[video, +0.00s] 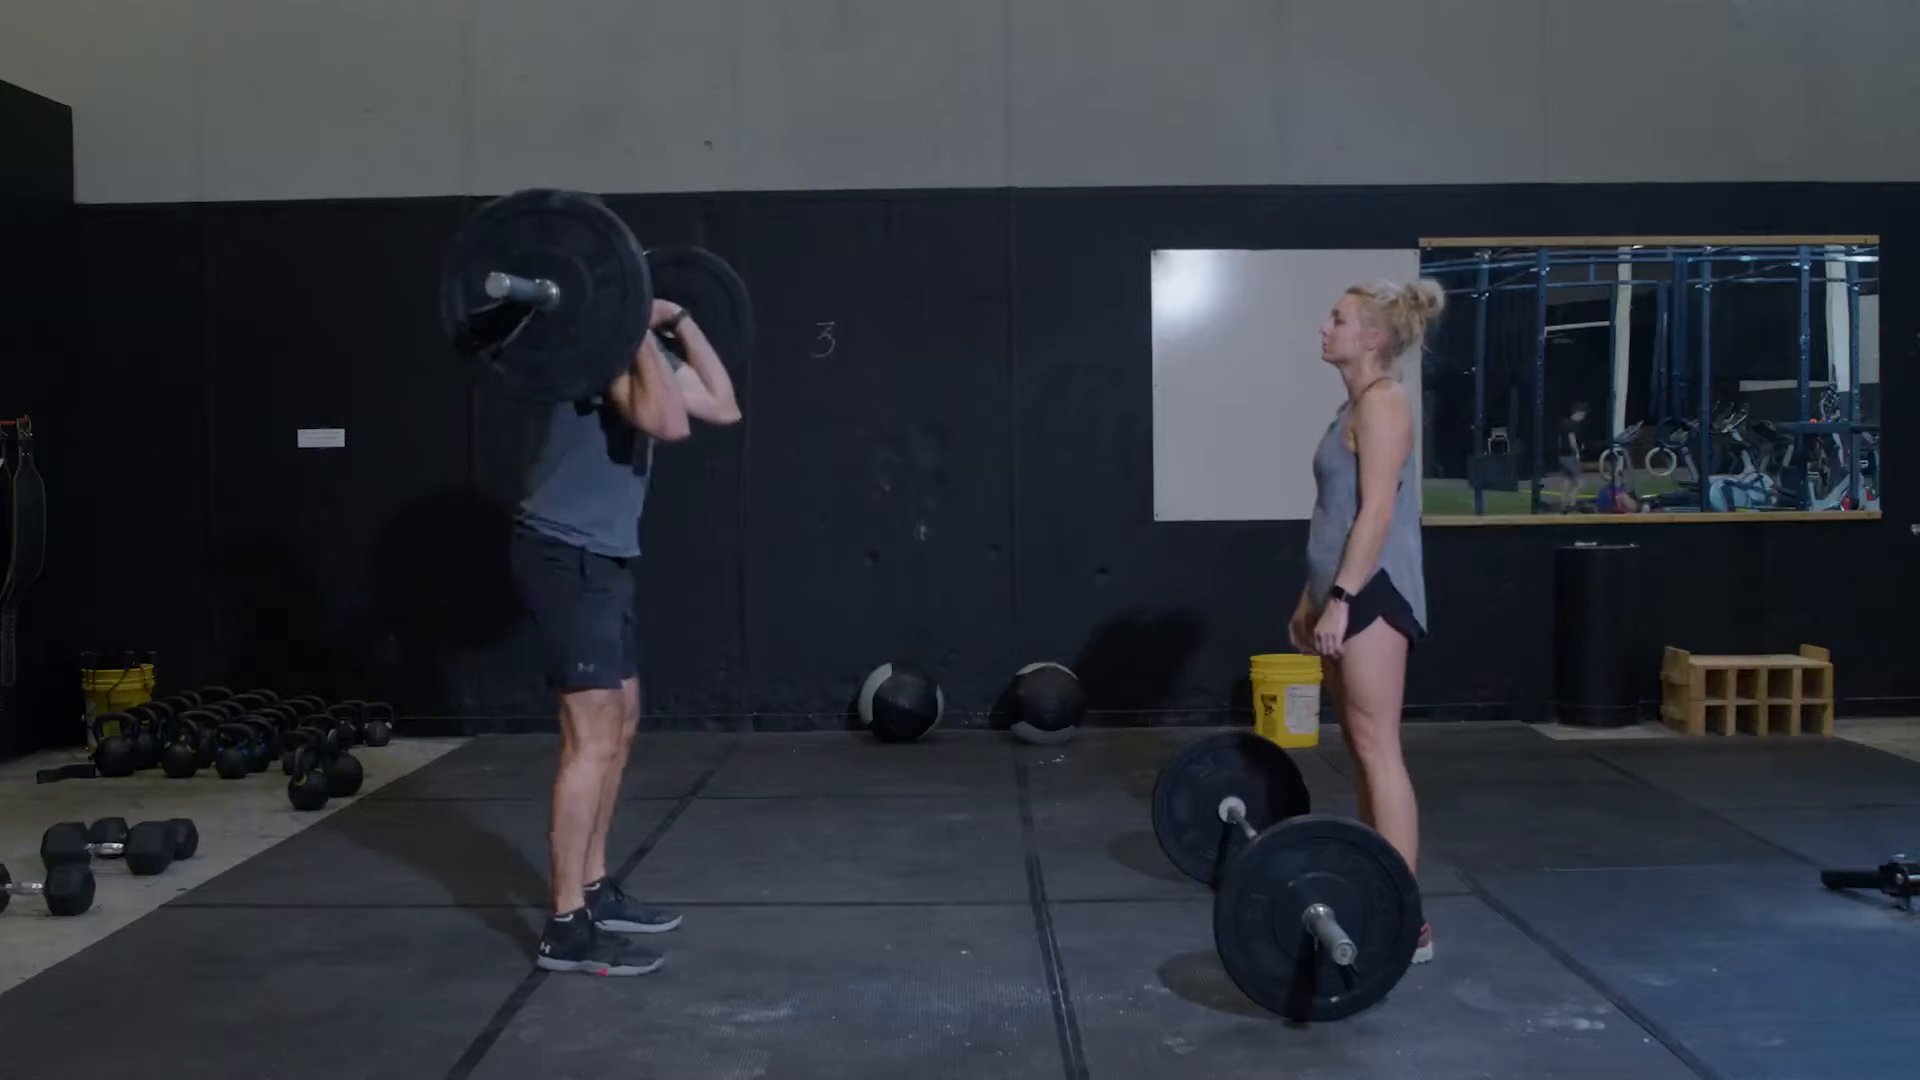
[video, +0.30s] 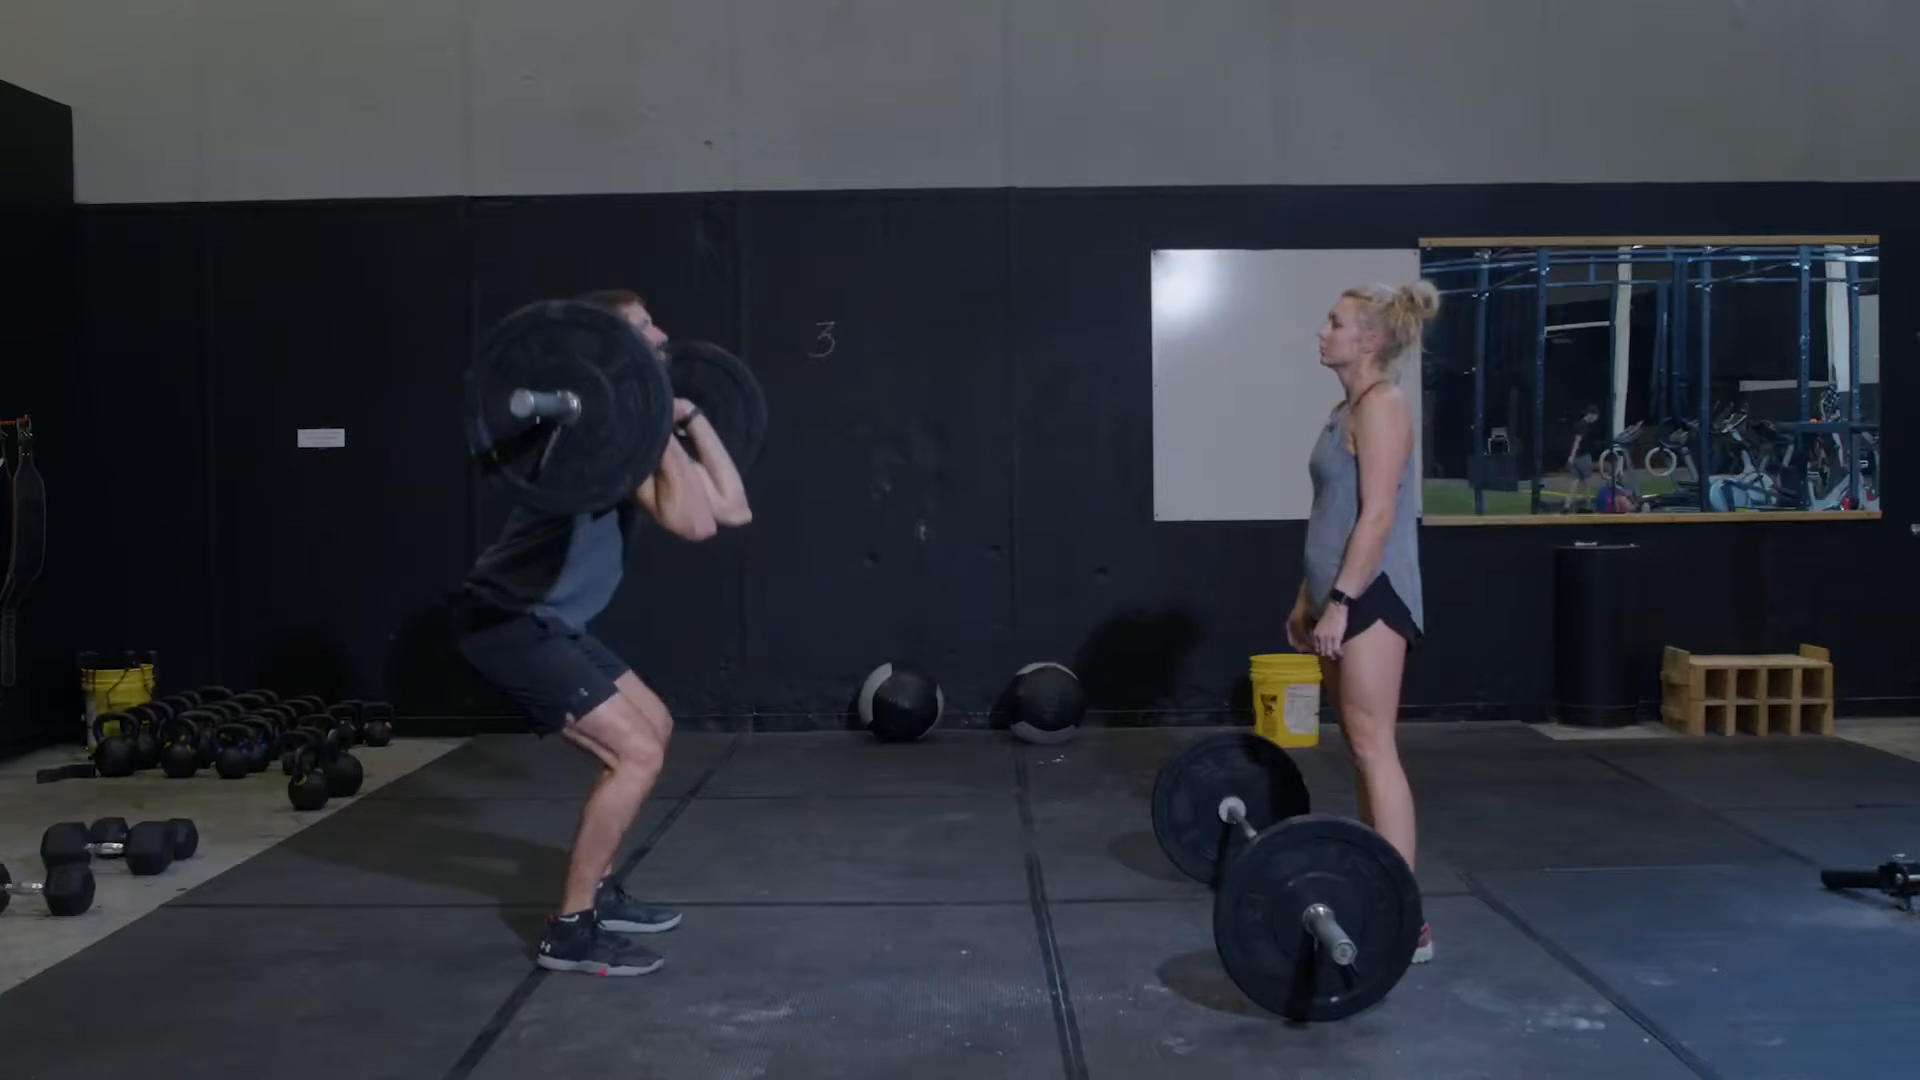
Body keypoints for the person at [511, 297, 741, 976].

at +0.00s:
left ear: (619, 294)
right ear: (603, 295)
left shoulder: (637, 355)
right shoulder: (590, 345)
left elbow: (722, 404)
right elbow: (666, 419)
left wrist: (680, 321)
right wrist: (640, 333)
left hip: (606, 556)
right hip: (567, 553)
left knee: (620, 722)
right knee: (595, 734)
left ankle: (592, 892)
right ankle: (564, 923)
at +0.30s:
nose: (663, 338)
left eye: (655, 325)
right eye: (645, 330)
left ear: (646, 341)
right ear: (611, 353)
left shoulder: (645, 421)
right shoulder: (601, 426)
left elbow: (735, 509)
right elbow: (693, 521)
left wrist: (693, 419)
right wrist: (664, 430)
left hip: (553, 618)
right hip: (510, 623)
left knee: (654, 726)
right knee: (637, 753)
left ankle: (590, 893)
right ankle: (569, 926)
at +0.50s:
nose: (670, 418)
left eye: (663, 407)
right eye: (654, 409)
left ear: (633, 430)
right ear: (619, 428)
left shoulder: (638, 503)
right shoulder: (604, 503)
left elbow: (730, 593)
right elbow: (685, 616)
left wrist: (693, 499)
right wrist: (665, 515)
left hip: (548, 678)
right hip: (507, 692)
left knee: (669, 732)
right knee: (657, 768)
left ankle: (602, 895)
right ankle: (571, 925)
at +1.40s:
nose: (635, 358)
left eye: (632, 346)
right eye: (617, 347)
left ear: (628, 362)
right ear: (583, 360)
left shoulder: (607, 428)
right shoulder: (566, 431)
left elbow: (708, 527)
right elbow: (669, 530)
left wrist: (660, 420)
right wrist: (635, 425)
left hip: (543, 625)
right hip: (496, 630)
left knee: (649, 729)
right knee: (628, 751)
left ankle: (596, 894)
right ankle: (569, 927)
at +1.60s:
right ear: (583, 306)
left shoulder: (616, 368)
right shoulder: (573, 359)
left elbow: (707, 431)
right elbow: (668, 429)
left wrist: (655, 341)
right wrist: (630, 341)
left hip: (585, 570)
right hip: (540, 565)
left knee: (634, 722)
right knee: (602, 737)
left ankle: (593, 892)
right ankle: (565, 924)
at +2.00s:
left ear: (616, 292)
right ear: (576, 289)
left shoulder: (612, 356)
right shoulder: (557, 357)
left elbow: (626, 431)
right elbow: (563, 456)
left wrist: (648, 373)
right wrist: (599, 368)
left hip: (619, 552)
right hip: (583, 554)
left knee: (600, 720)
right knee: (576, 727)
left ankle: (589, 889)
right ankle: (562, 921)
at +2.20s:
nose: (611, 266)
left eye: (612, 254)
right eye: (603, 252)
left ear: (574, 249)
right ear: (562, 246)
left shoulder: (574, 321)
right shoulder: (533, 307)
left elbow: (591, 412)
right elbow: (489, 374)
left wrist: (664, 440)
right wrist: (574, 425)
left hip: (611, 546)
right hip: (577, 549)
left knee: (610, 717)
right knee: (587, 725)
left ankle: (593, 891)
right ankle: (567, 922)